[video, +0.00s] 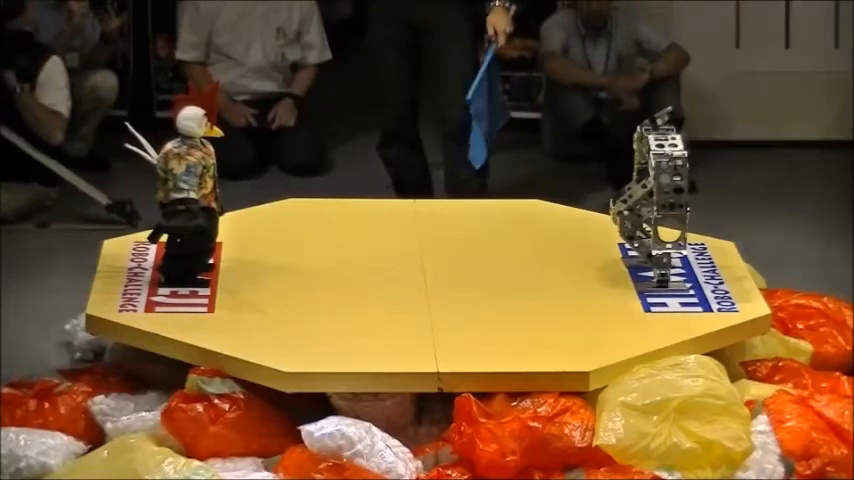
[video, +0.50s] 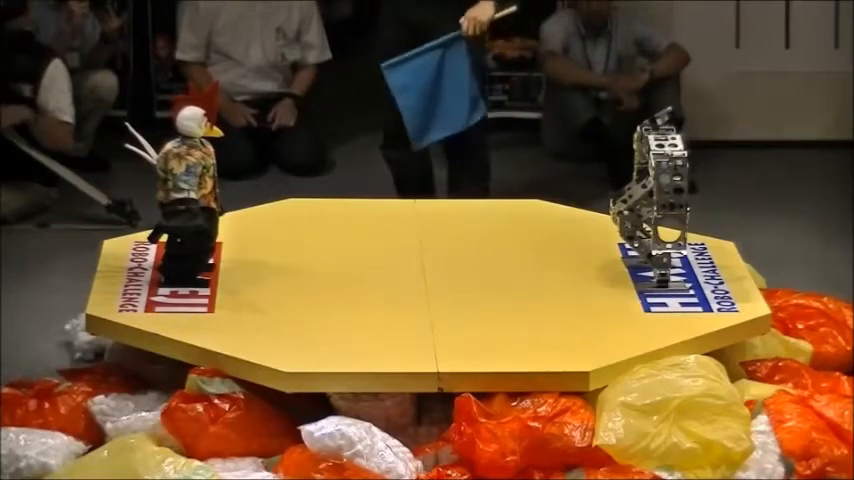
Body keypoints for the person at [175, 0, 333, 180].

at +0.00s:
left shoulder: (302, 5)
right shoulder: (202, 5)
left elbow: (310, 60)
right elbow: (191, 61)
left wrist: (291, 100)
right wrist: (226, 105)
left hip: (280, 99)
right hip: (227, 102)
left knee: (306, 161)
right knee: (238, 164)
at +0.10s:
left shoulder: (302, 5)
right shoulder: (202, 5)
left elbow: (310, 62)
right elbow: (191, 62)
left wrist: (291, 100)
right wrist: (226, 106)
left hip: (280, 99)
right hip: (227, 102)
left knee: (306, 161)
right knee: (238, 164)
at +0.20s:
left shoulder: (301, 4)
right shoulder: (202, 5)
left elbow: (310, 62)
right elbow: (191, 61)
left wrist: (291, 100)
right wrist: (226, 106)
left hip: (280, 99)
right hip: (227, 102)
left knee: (306, 161)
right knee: (237, 164)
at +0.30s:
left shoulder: (301, 4)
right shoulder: (203, 5)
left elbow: (310, 62)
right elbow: (191, 61)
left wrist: (291, 100)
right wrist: (226, 106)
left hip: (280, 98)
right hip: (227, 102)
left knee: (307, 161)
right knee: (237, 164)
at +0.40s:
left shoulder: (301, 5)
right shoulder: (202, 5)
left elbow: (310, 62)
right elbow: (191, 62)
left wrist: (291, 100)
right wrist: (226, 106)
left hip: (279, 99)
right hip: (227, 102)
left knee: (307, 161)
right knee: (237, 163)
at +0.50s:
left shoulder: (301, 5)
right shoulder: (202, 5)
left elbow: (310, 62)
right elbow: (191, 62)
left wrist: (291, 100)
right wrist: (226, 106)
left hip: (279, 99)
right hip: (227, 102)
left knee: (307, 161)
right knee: (238, 163)